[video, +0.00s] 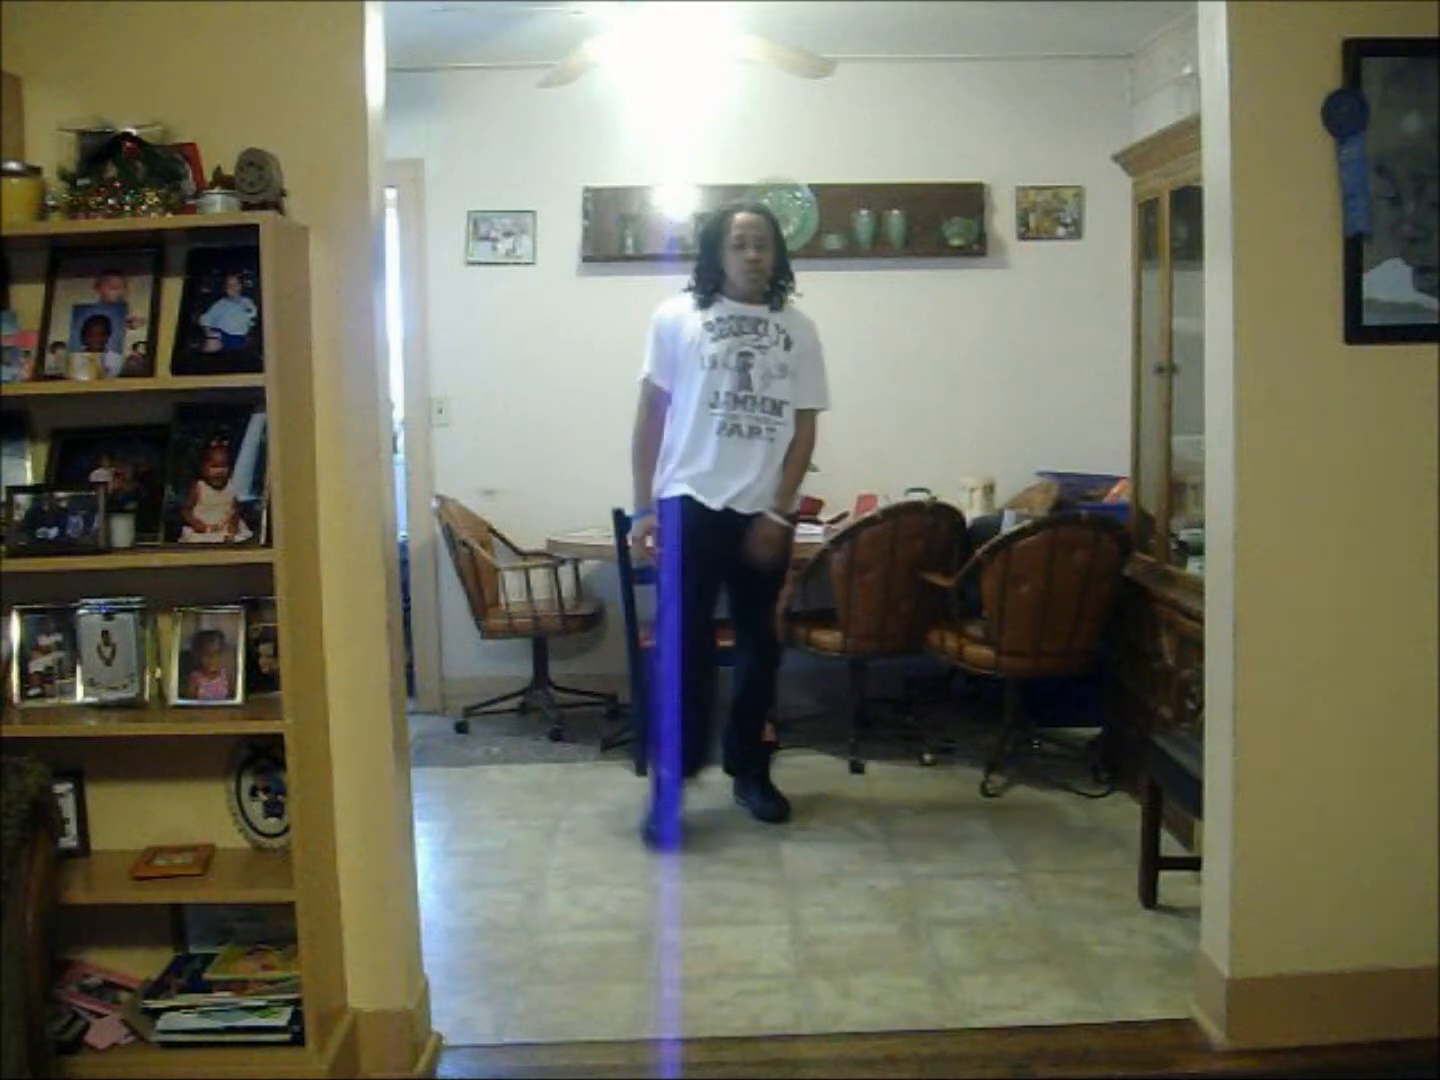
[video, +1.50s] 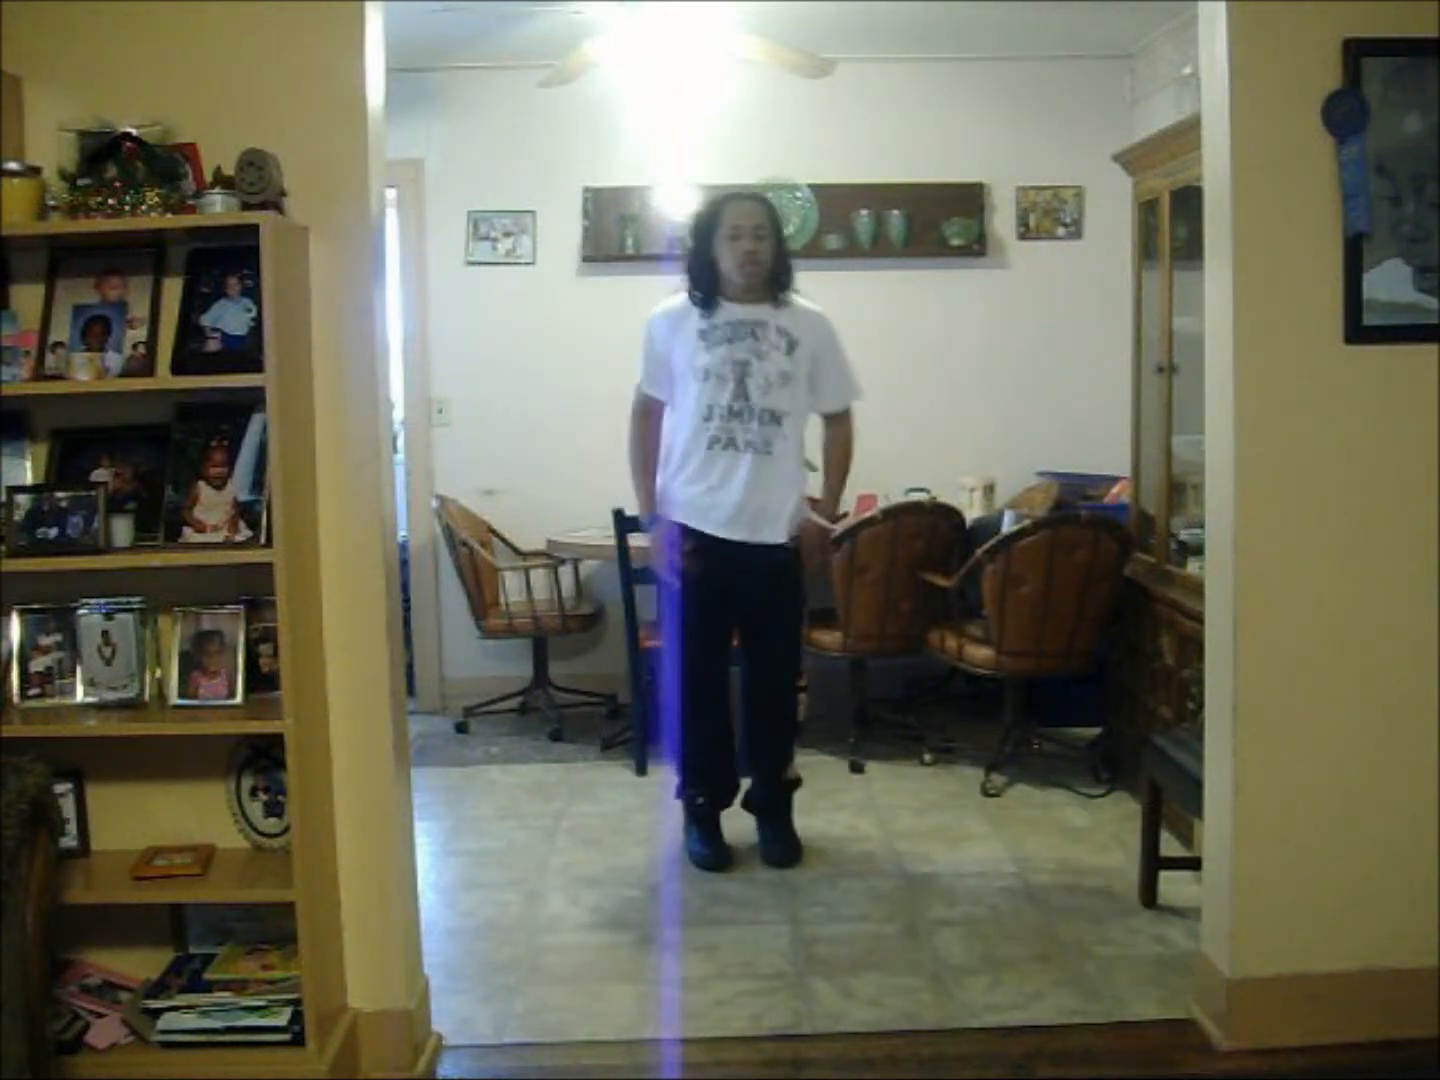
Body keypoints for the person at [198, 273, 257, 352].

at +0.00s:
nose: (232, 289)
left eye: (235, 285)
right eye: (229, 286)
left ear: (240, 286)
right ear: (225, 287)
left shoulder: (247, 303)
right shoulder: (222, 303)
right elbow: (204, 320)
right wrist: (210, 335)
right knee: (211, 342)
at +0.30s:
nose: (232, 289)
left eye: (235, 286)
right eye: (229, 286)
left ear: (240, 287)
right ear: (225, 288)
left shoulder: (247, 303)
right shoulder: (222, 303)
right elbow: (204, 320)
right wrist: (210, 335)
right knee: (211, 342)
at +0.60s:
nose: (232, 288)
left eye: (235, 285)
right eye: (229, 285)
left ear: (240, 287)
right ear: (225, 287)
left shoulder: (247, 303)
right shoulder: (222, 303)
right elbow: (204, 320)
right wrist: (211, 336)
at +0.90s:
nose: (232, 288)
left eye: (235, 285)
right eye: (229, 285)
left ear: (240, 287)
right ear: (225, 287)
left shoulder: (247, 303)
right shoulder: (222, 303)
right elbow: (204, 320)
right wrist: (210, 335)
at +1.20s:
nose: (232, 288)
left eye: (235, 285)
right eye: (229, 285)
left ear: (240, 287)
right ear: (225, 287)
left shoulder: (247, 303)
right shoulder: (222, 303)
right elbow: (204, 320)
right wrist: (210, 335)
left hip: (243, 338)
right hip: (224, 337)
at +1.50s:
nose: (232, 288)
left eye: (235, 285)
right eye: (229, 285)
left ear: (240, 287)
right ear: (225, 287)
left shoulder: (247, 303)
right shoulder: (222, 304)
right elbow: (204, 320)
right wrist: (210, 335)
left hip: (243, 338)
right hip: (225, 337)